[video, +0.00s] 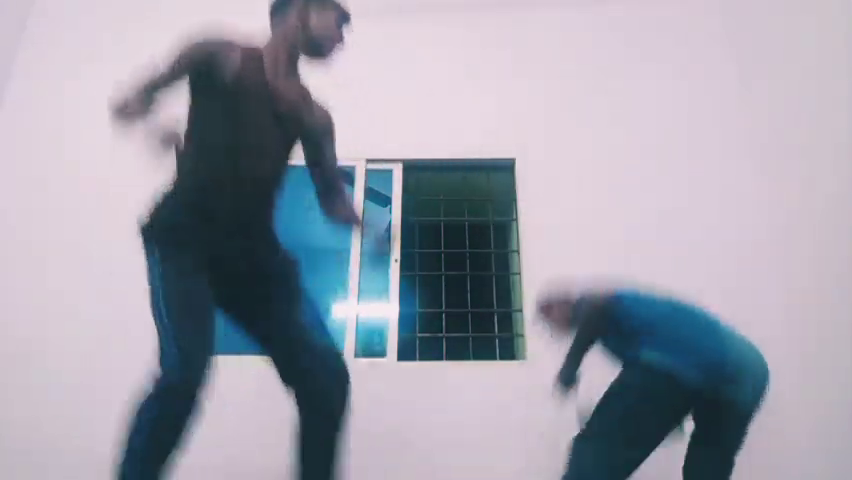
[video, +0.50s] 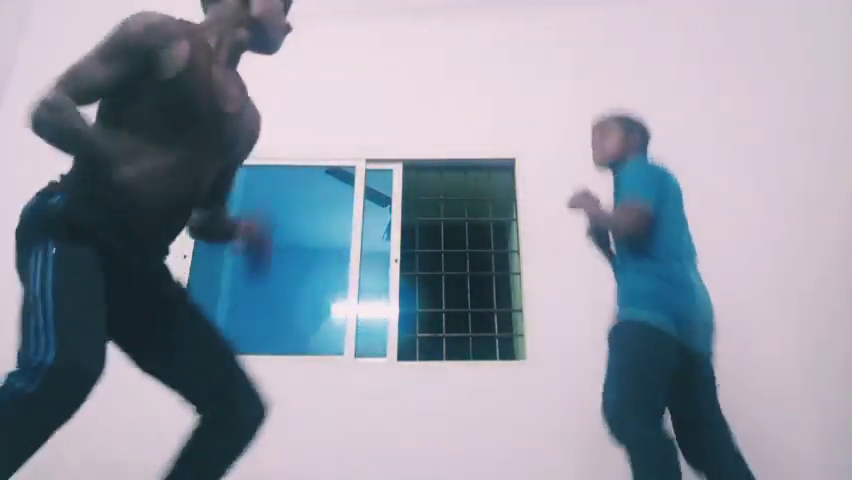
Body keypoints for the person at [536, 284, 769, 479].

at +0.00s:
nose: (554, 324)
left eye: (551, 315)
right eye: (548, 319)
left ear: (561, 303)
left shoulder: (595, 303)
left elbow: (594, 309)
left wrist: (568, 371)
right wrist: (673, 413)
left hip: (672, 365)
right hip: (743, 372)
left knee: (599, 454)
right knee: (708, 469)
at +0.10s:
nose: (559, 263)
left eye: (559, 252)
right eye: (555, 257)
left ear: (572, 242)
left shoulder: (599, 249)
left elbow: (630, 261)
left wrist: (584, 324)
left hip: (675, 334)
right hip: (734, 347)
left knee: (608, 437)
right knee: (707, 462)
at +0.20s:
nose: (572, 202)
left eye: (577, 193)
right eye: (570, 198)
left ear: (602, 189)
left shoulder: (616, 206)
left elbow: (641, 243)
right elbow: (647, 314)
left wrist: (587, 297)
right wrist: (596, 293)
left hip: (666, 327)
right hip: (719, 337)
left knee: (630, 439)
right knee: (706, 457)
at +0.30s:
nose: (586, 188)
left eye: (594, 180)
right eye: (586, 183)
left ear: (623, 182)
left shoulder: (626, 204)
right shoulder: (666, 231)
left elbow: (640, 253)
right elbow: (650, 311)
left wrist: (581, 289)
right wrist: (602, 287)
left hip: (669, 347)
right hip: (715, 355)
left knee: (639, 460)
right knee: (707, 467)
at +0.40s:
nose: (595, 173)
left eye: (604, 165)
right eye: (596, 166)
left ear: (633, 170)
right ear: (633, 175)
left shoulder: (642, 202)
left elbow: (641, 259)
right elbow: (651, 312)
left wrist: (595, 249)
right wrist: (606, 288)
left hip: (668, 342)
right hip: (707, 354)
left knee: (618, 438)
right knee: (708, 464)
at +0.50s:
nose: (596, 142)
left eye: (605, 134)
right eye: (596, 136)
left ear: (631, 138)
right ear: (635, 144)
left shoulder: (639, 171)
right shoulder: (659, 183)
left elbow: (634, 222)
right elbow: (638, 271)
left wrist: (596, 210)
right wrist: (603, 241)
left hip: (651, 310)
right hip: (690, 315)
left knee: (630, 414)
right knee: (703, 431)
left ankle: (661, 473)